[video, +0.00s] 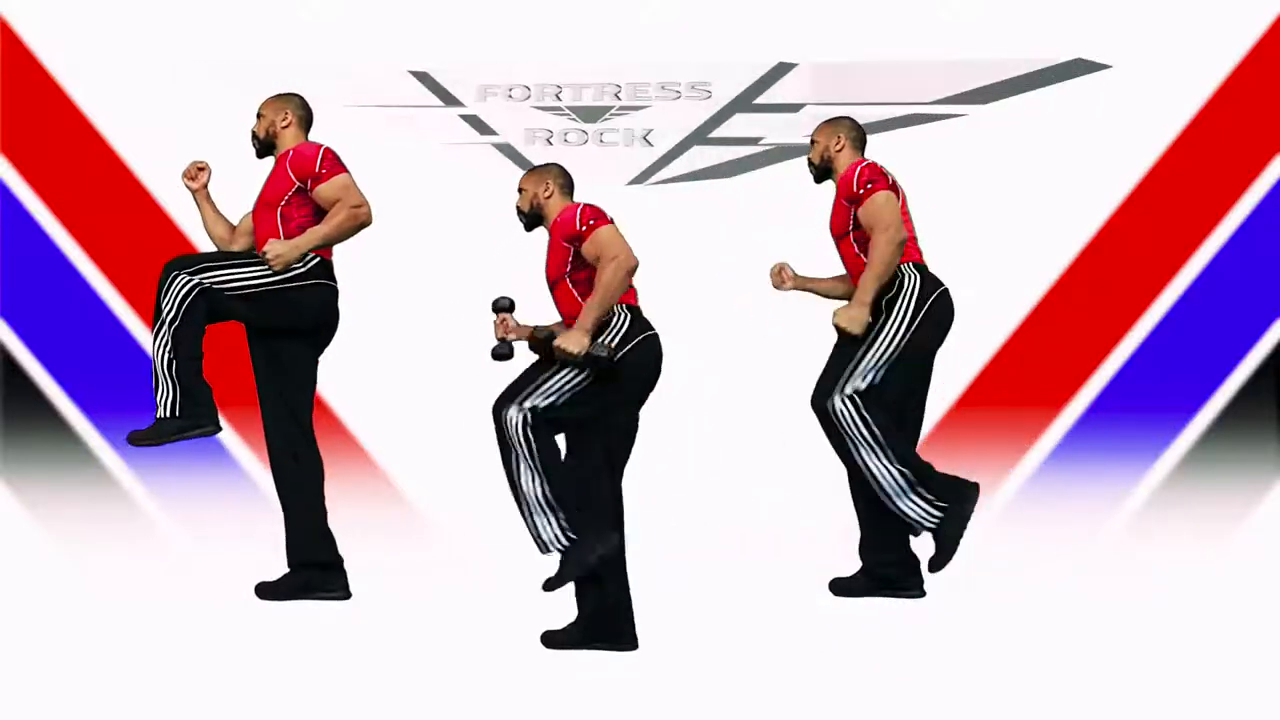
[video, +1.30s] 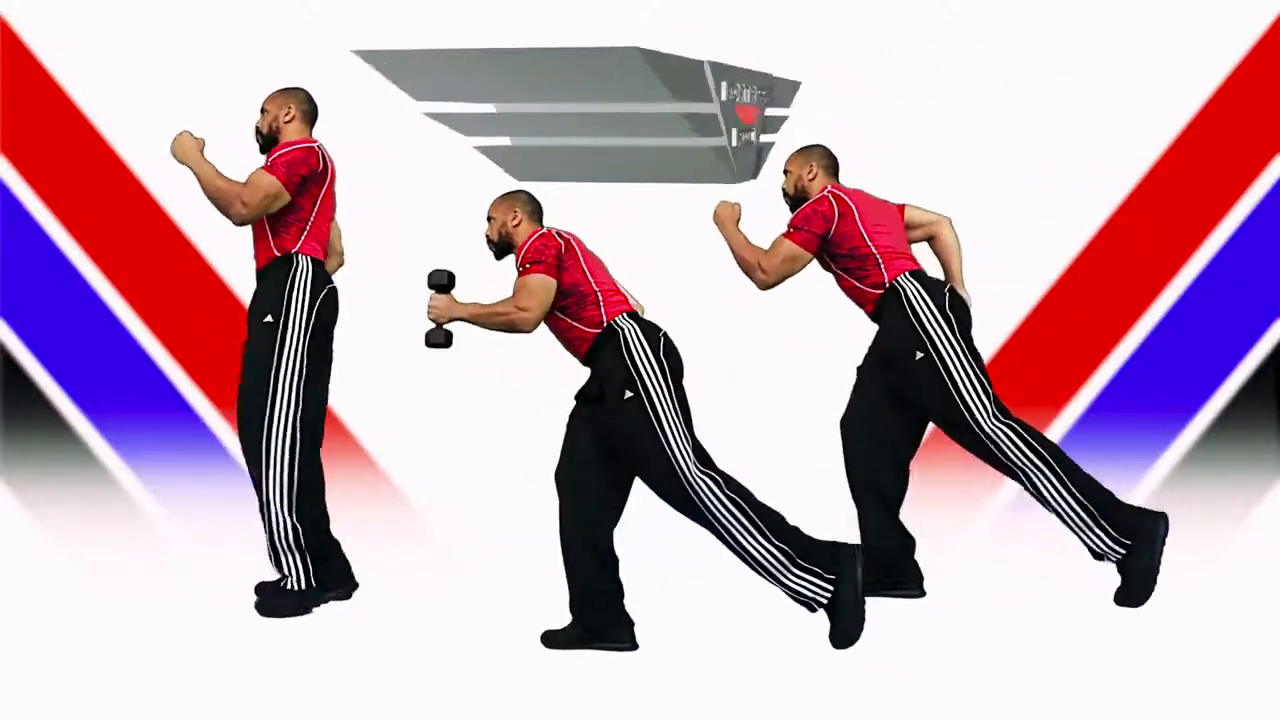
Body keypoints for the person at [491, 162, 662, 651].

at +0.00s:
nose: (518, 202)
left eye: (522, 192)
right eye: (518, 194)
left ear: (548, 189)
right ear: (548, 190)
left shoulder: (573, 215)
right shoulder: (565, 246)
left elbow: (620, 260)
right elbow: (584, 328)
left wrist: (582, 327)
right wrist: (524, 332)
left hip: (614, 340)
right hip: (621, 356)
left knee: (516, 412)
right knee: (591, 481)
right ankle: (605, 620)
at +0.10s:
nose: (525, 192)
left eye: (529, 182)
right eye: (525, 185)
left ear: (554, 179)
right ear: (558, 181)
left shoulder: (583, 206)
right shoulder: (565, 235)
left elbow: (639, 247)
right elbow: (565, 315)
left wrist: (614, 315)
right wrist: (507, 299)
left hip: (595, 334)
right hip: (610, 350)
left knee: (492, 365)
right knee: (590, 488)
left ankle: (519, 490)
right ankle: (605, 621)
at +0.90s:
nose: (523, 195)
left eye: (528, 185)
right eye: (524, 188)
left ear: (551, 182)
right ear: (558, 184)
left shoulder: (580, 208)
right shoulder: (562, 238)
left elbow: (621, 255)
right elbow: (573, 325)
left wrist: (587, 325)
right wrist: (515, 316)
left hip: (602, 344)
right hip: (609, 358)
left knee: (498, 393)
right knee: (580, 488)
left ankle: (547, 521)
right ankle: (602, 621)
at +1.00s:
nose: (513, 201)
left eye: (518, 190)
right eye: (514, 194)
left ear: (543, 187)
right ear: (548, 190)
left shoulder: (574, 216)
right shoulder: (557, 245)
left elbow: (598, 271)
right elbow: (576, 328)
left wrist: (544, 327)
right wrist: (541, 348)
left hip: (613, 333)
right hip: (606, 345)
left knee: (536, 436)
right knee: (586, 484)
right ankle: (600, 619)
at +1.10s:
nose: (503, 210)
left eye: (508, 200)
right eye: (503, 203)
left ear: (532, 197)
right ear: (536, 199)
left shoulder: (563, 225)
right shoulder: (547, 250)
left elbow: (572, 284)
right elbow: (593, 327)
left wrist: (503, 322)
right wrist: (569, 366)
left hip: (620, 341)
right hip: (597, 358)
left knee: (597, 471)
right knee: (575, 483)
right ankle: (600, 619)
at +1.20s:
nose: (493, 221)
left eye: (497, 210)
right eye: (493, 213)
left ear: (521, 205)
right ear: (527, 210)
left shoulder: (548, 232)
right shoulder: (551, 248)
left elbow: (546, 299)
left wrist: (474, 316)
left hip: (623, 345)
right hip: (601, 364)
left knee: (650, 481)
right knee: (579, 489)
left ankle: (792, 558)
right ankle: (600, 621)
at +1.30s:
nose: (488, 228)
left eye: (494, 218)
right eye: (487, 221)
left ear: (519, 215)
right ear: (519, 223)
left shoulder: (543, 243)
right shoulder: (539, 257)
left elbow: (525, 312)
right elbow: (522, 316)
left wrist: (456, 311)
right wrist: (463, 309)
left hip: (632, 350)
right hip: (607, 370)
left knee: (686, 477)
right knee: (581, 489)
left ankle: (827, 577)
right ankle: (601, 621)